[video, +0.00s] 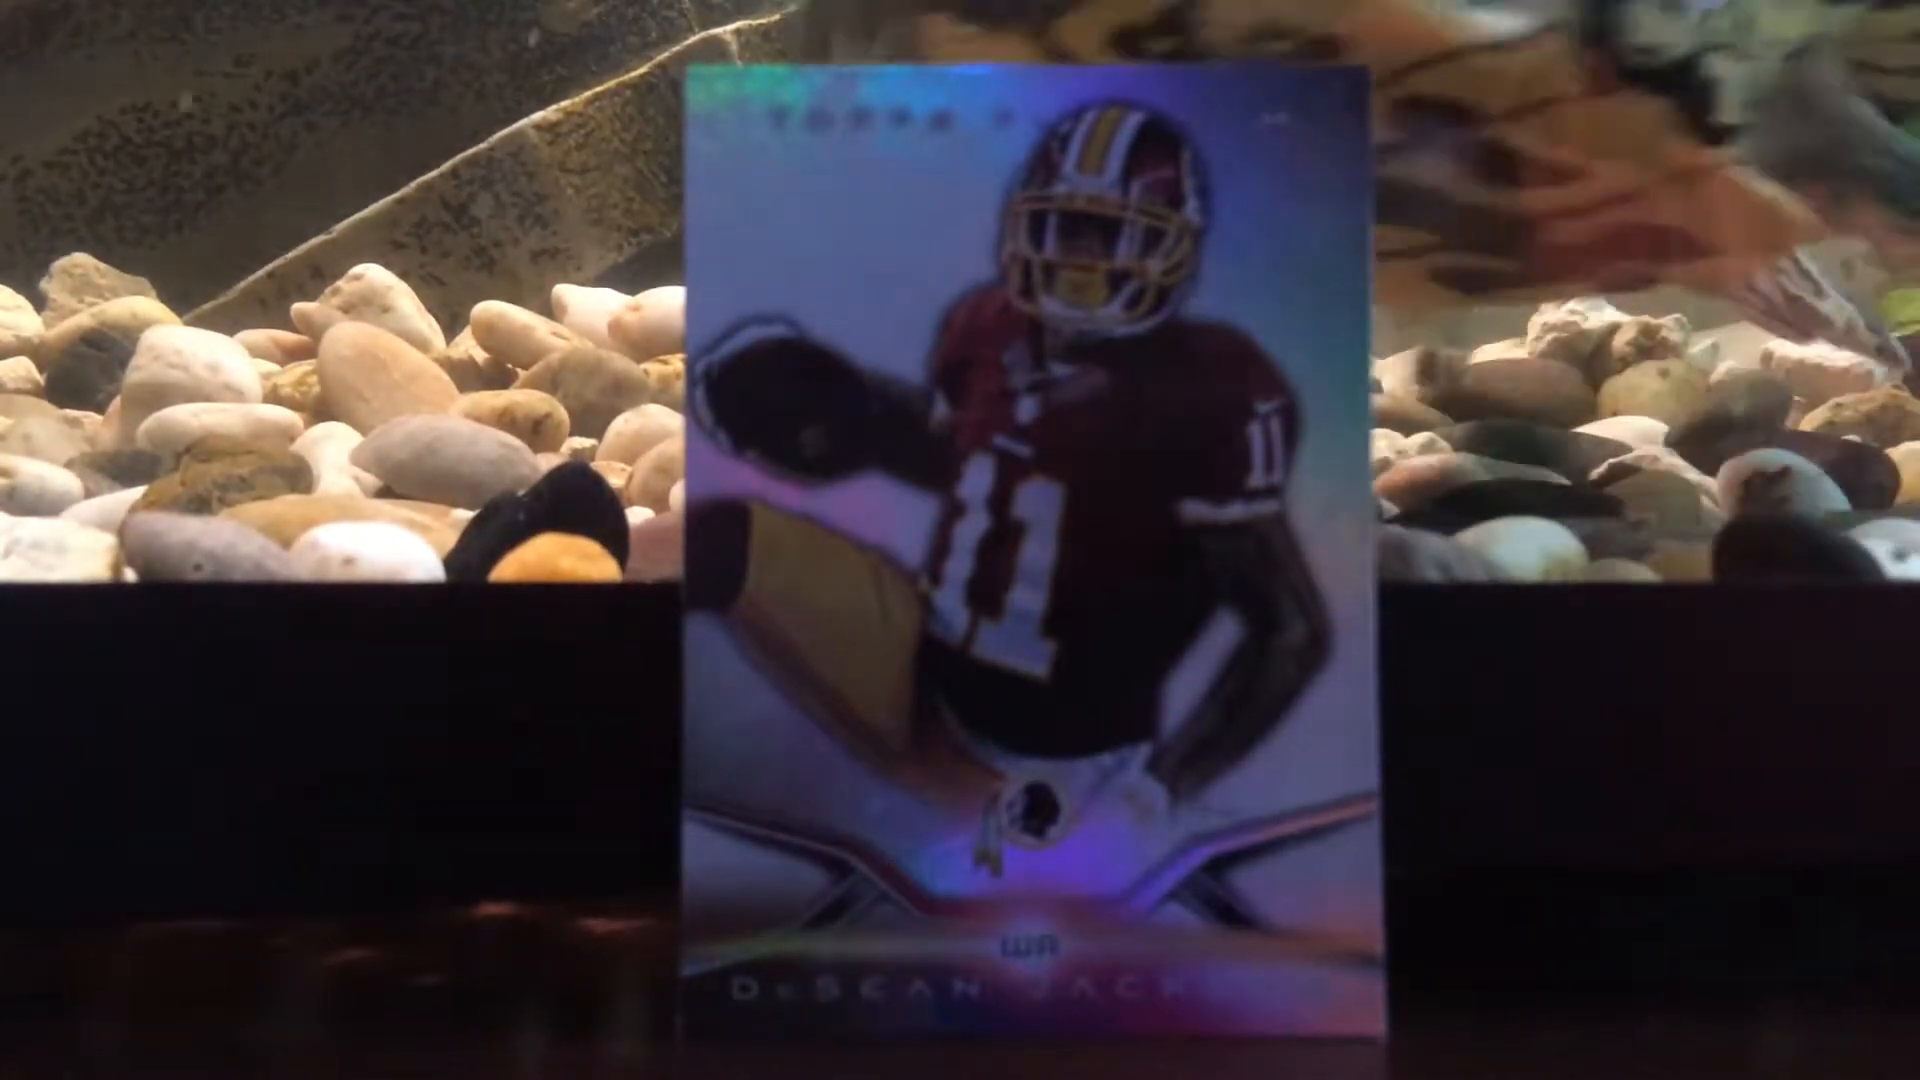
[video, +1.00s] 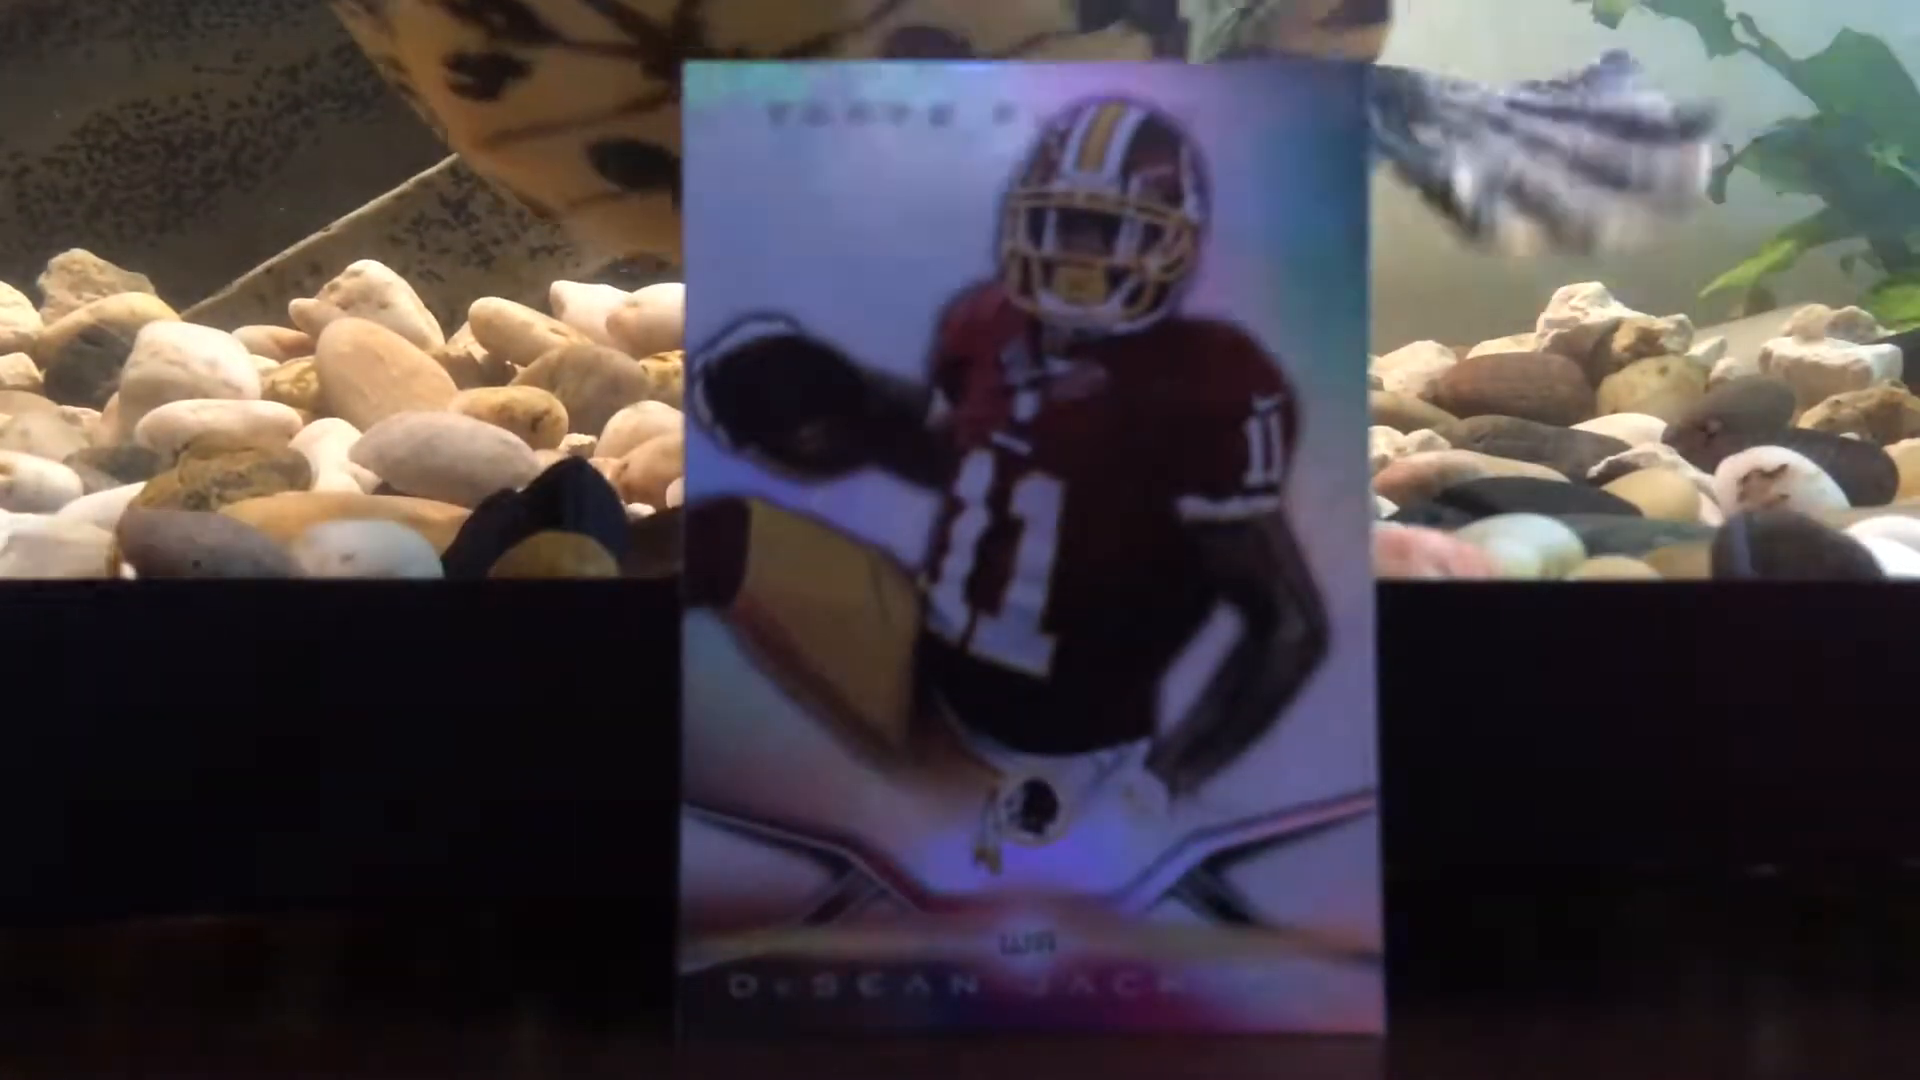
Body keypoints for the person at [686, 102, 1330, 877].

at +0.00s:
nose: (1084, 261)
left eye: (1118, 236)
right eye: (1065, 229)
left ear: (1177, 249)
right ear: (1024, 230)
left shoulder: (1216, 390)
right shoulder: (981, 329)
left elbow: (1292, 633)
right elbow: (964, 466)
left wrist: (1158, 790)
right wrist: (858, 415)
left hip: (1079, 759)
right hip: (929, 682)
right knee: (717, 539)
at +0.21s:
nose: (1081, 260)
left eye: (1116, 235)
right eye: (1062, 227)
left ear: (1177, 249)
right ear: (1021, 229)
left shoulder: (1216, 389)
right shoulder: (981, 328)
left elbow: (1292, 631)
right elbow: (961, 461)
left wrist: (1156, 790)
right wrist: (854, 413)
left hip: (1076, 761)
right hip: (926, 682)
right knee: (715, 537)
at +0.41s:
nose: (1082, 260)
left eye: (1117, 235)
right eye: (1062, 227)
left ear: (1175, 249)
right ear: (1022, 228)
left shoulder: (1215, 387)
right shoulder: (980, 328)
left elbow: (1291, 630)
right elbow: (960, 457)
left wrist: (1154, 790)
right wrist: (852, 412)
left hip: (1073, 761)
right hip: (925, 680)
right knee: (722, 537)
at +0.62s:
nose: (1081, 256)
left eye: (1115, 231)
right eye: (1061, 224)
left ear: (1174, 247)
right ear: (1022, 227)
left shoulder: (1215, 388)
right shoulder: (979, 328)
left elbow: (1291, 629)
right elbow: (955, 455)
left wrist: (1155, 789)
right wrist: (855, 412)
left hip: (1075, 763)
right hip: (927, 680)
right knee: (725, 537)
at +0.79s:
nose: (1078, 257)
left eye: (1113, 233)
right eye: (1060, 224)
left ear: (1173, 249)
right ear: (1021, 227)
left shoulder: (1215, 387)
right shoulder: (981, 327)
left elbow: (1291, 629)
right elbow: (959, 455)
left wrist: (1159, 786)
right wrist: (853, 412)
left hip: (1071, 764)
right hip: (926, 679)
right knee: (722, 536)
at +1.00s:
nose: (1079, 256)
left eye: (1113, 232)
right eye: (1060, 224)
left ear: (1174, 246)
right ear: (1022, 227)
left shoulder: (1214, 387)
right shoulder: (981, 326)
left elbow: (1290, 629)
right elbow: (957, 459)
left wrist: (1160, 783)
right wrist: (856, 415)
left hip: (1073, 758)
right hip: (926, 676)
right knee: (721, 537)